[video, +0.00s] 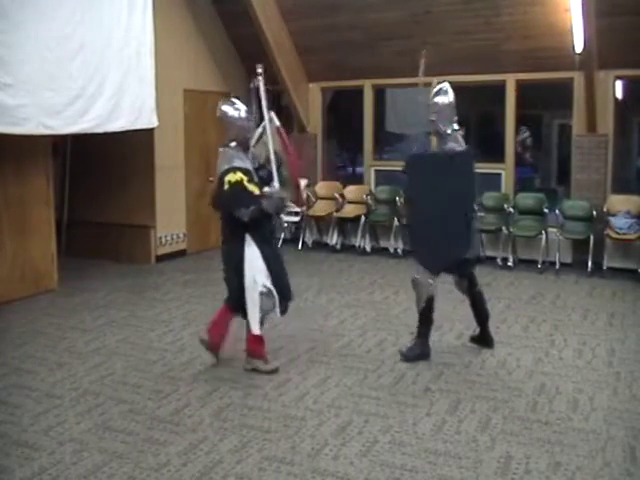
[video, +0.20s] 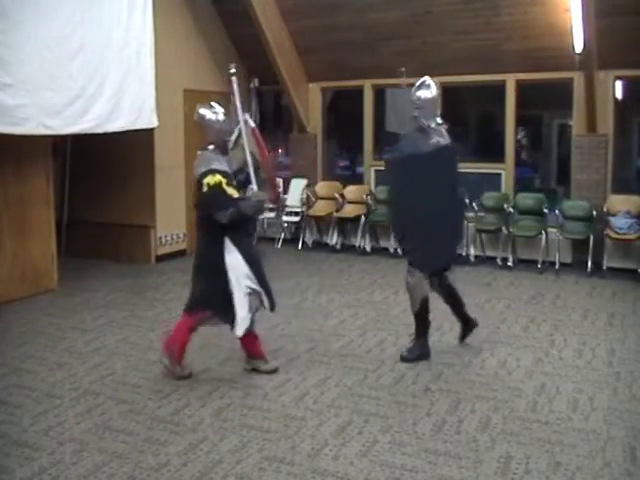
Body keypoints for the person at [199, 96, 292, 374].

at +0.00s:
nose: (252, 135)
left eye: (252, 130)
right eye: (248, 130)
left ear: (238, 136)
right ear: (239, 135)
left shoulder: (244, 162)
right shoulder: (234, 171)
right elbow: (246, 211)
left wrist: (274, 196)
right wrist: (273, 202)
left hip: (241, 240)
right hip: (248, 244)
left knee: (239, 294)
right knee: (257, 294)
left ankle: (213, 336)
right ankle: (256, 353)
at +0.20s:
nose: (231, 139)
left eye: (231, 134)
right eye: (227, 134)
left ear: (213, 138)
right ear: (216, 137)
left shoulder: (219, 164)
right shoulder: (212, 171)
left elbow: (237, 187)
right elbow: (224, 214)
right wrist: (254, 203)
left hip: (221, 244)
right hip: (223, 246)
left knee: (206, 300)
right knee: (240, 297)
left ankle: (173, 349)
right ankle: (255, 355)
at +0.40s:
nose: (210, 129)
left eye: (206, 123)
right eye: (203, 124)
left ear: (188, 136)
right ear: (191, 132)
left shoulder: (193, 167)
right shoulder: (189, 171)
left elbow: (210, 200)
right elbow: (198, 212)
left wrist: (224, 203)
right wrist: (227, 208)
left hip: (182, 249)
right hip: (197, 249)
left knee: (177, 306)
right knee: (218, 298)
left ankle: (168, 365)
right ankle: (239, 354)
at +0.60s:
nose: (188, 123)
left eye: (186, 117)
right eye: (183, 118)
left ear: (166, 125)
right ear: (171, 125)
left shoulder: (172, 157)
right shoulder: (169, 166)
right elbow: (183, 209)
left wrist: (206, 188)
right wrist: (212, 199)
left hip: (171, 243)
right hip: (181, 246)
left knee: (169, 300)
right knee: (190, 300)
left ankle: (164, 367)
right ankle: (189, 365)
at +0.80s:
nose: (176, 123)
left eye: (174, 118)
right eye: (170, 119)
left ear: (161, 122)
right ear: (159, 123)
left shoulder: (170, 153)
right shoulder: (153, 157)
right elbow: (168, 206)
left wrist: (197, 191)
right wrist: (198, 195)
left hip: (178, 239)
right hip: (160, 241)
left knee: (175, 298)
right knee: (159, 298)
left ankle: (167, 360)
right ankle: (136, 364)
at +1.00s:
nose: (167, 127)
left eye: (165, 122)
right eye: (161, 123)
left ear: (154, 128)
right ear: (148, 129)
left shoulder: (158, 160)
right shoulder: (142, 167)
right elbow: (152, 211)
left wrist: (188, 186)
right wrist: (182, 199)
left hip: (169, 245)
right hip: (148, 248)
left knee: (172, 302)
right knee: (138, 307)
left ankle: (166, 360)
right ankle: (121, 371)